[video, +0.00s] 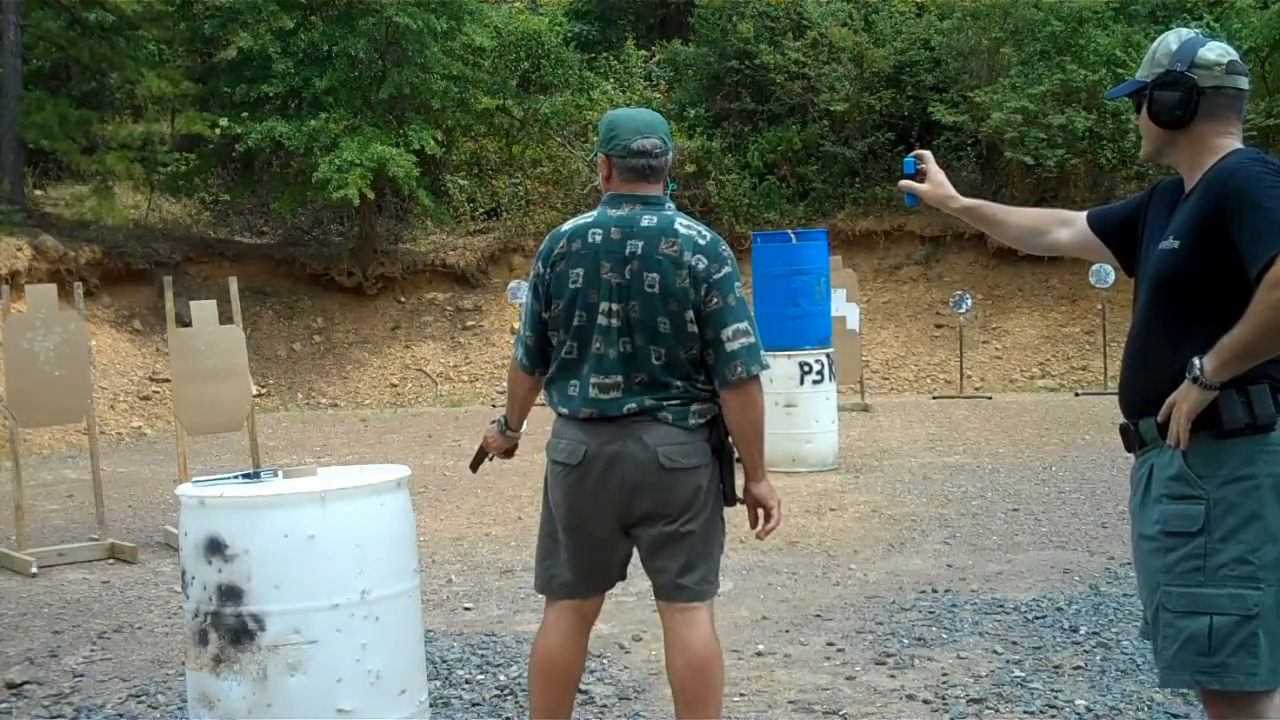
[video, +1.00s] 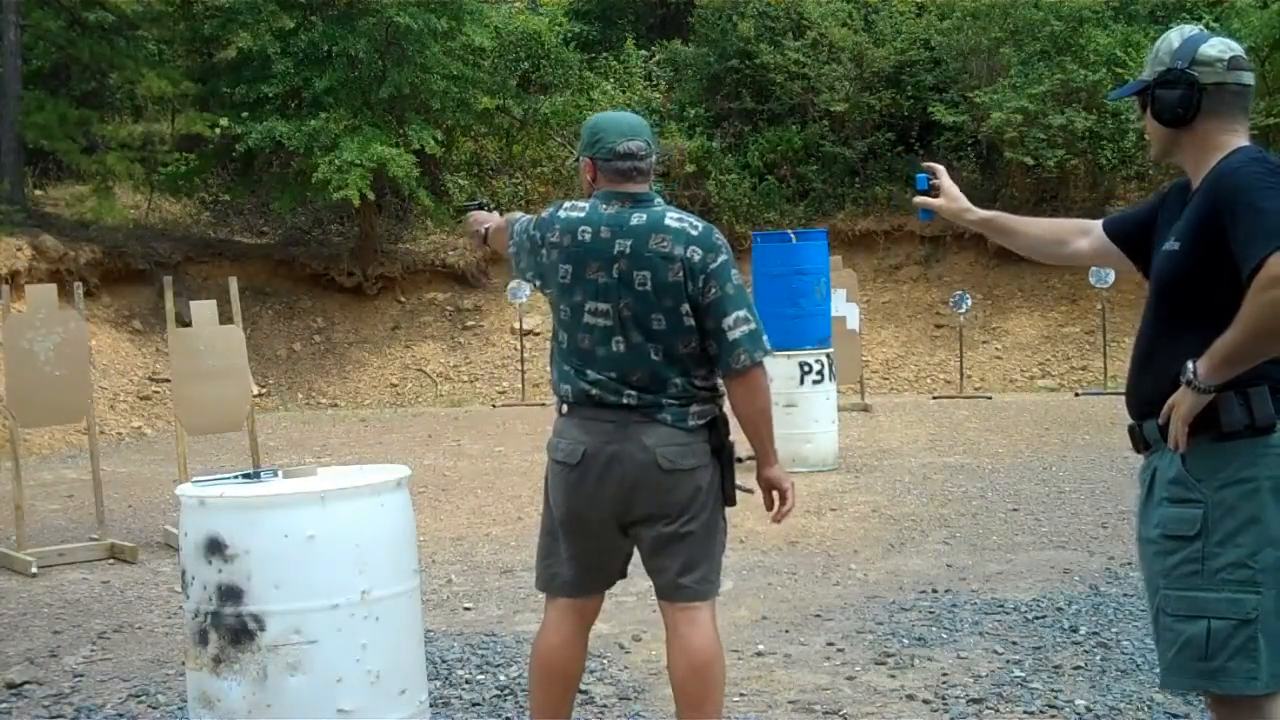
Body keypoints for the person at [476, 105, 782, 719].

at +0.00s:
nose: (597, 171)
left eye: (598, 163)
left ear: (605, 169)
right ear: (669, 169)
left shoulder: (561, 244)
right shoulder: (704, 248)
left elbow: (530, 357)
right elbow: (738, 375)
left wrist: (509, 425)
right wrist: (756, 473)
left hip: (582, 452)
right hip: (678, 452)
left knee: (568, 607)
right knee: (688, 610)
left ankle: (547, 715)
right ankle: (700, 715)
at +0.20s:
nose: (596, 170)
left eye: (598, 162)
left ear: (605, 168)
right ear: (668, 168)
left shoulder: (562, 244)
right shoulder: (704, 248)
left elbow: (530, 359)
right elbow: (738, 375)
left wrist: (509, 426)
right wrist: (756, 474)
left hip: (582, 453)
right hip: (678, 453)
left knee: (568, 608)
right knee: (688, 610)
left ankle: (547, 715)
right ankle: (701, 715)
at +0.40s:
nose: (596, 170)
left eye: (598, 162)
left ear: (605, 169)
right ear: (669, 168)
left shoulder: (562, 244)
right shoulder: (704, 248)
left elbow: (531, 358)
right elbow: (738, 375)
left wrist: (509, 426)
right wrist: (756, 473)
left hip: (582, 452)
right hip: (678, 453)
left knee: (568, 608)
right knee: (688, 610)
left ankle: (547, 715)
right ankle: (701, 715)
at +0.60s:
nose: (593, 171)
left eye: (594, 163)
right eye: (597, 162)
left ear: (602, 169)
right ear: (666, 168)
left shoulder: (563, 242)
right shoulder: (705, 245)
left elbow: (525, 333)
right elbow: (743, 370)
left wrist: (500, 383)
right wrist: (759, 469)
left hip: (583, 451)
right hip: (680, 452)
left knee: (567, 607)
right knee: (690, 610)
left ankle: (547, 715)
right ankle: (701, 715)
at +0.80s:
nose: (581, 171)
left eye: (582, 164)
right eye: (585, 163)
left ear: (591, 170)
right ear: (655, 168)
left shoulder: (563, 233)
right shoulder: (701, 241)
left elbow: (502, 261)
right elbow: (746, 362)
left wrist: (478, 255)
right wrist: (771, 460)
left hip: (588, 448)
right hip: (683, 451)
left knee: (569, 608)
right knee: (691, 611)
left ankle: (547, 715)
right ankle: (702, 715)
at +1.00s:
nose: (581, 170)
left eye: (582, 163)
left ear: (588, 170)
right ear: (653, 167)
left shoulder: (561, 230)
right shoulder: (700, 242)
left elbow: (508, 237)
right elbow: (743, 362)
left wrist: (487, 224)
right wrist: (767, 459)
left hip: (583, 447)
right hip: (678, 451)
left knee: (568, 608)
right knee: (690, 611)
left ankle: (547, 715)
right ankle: (702, 715)